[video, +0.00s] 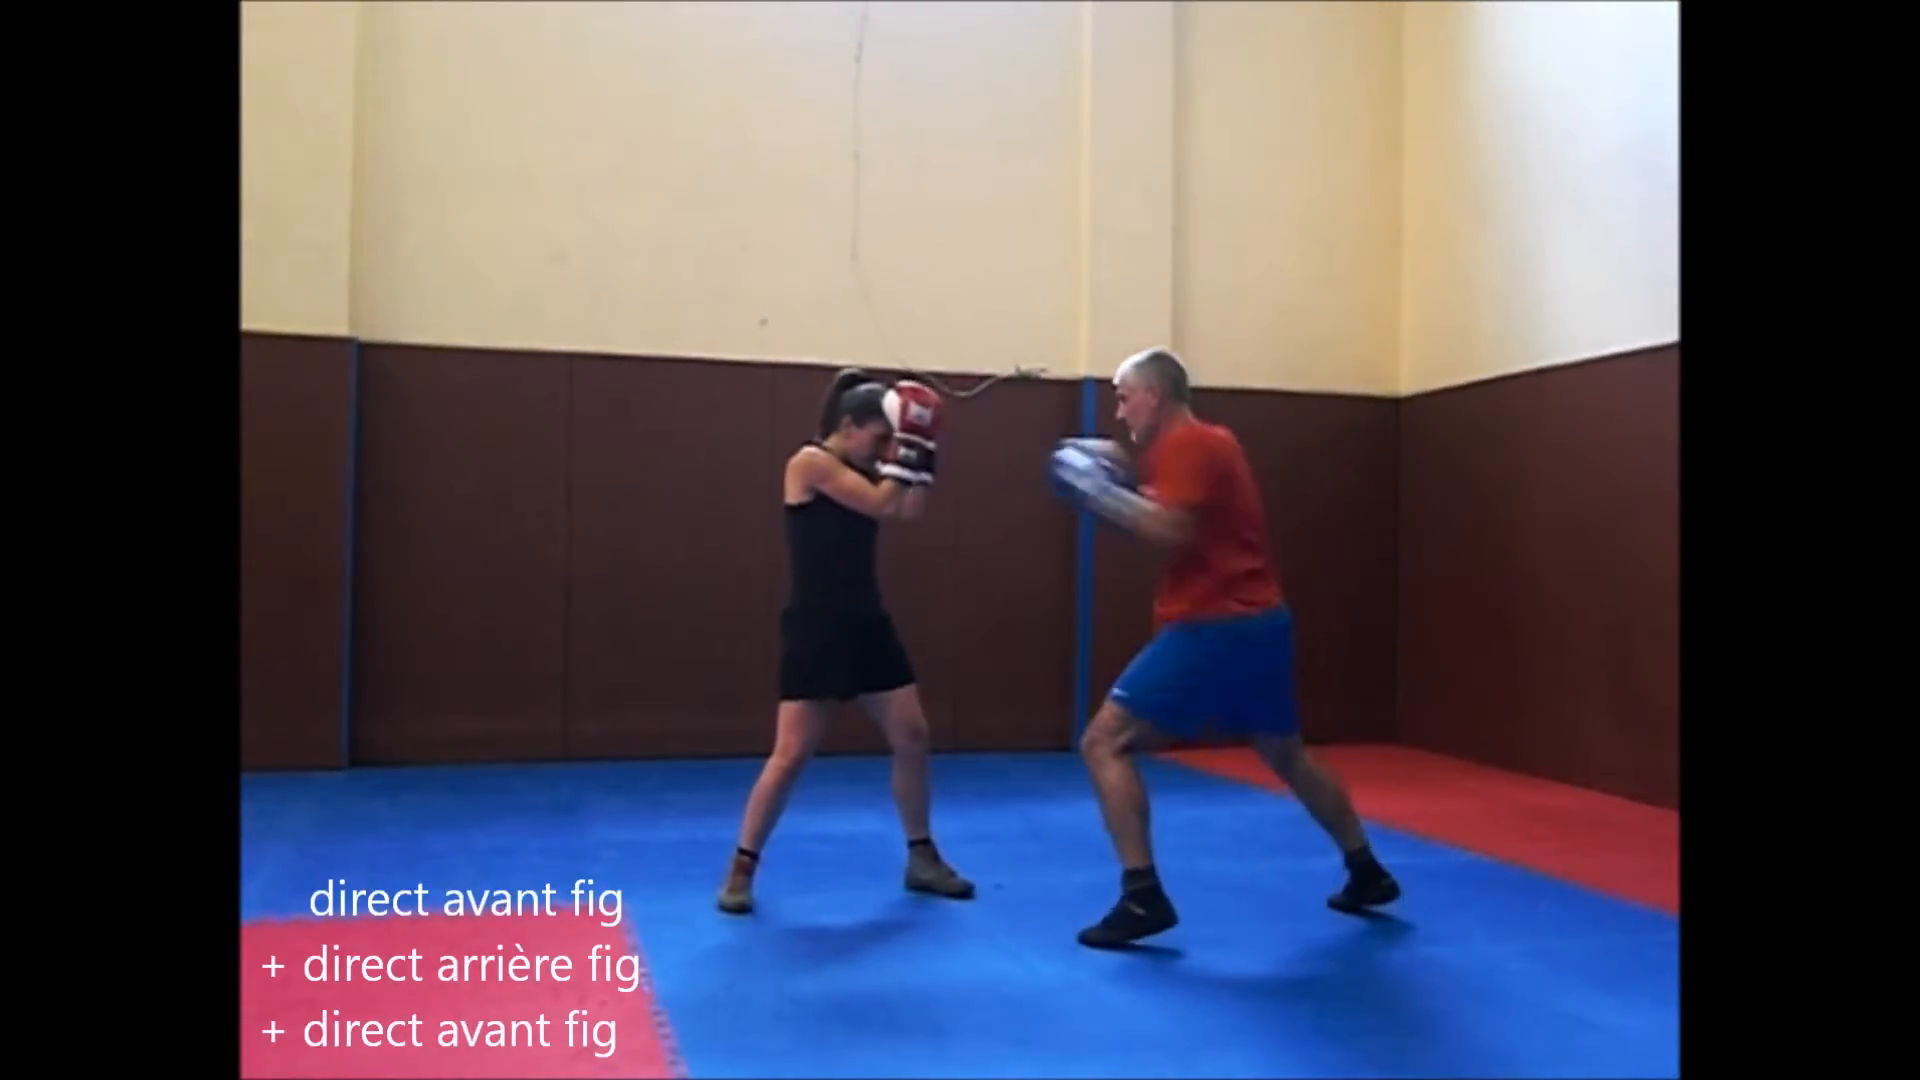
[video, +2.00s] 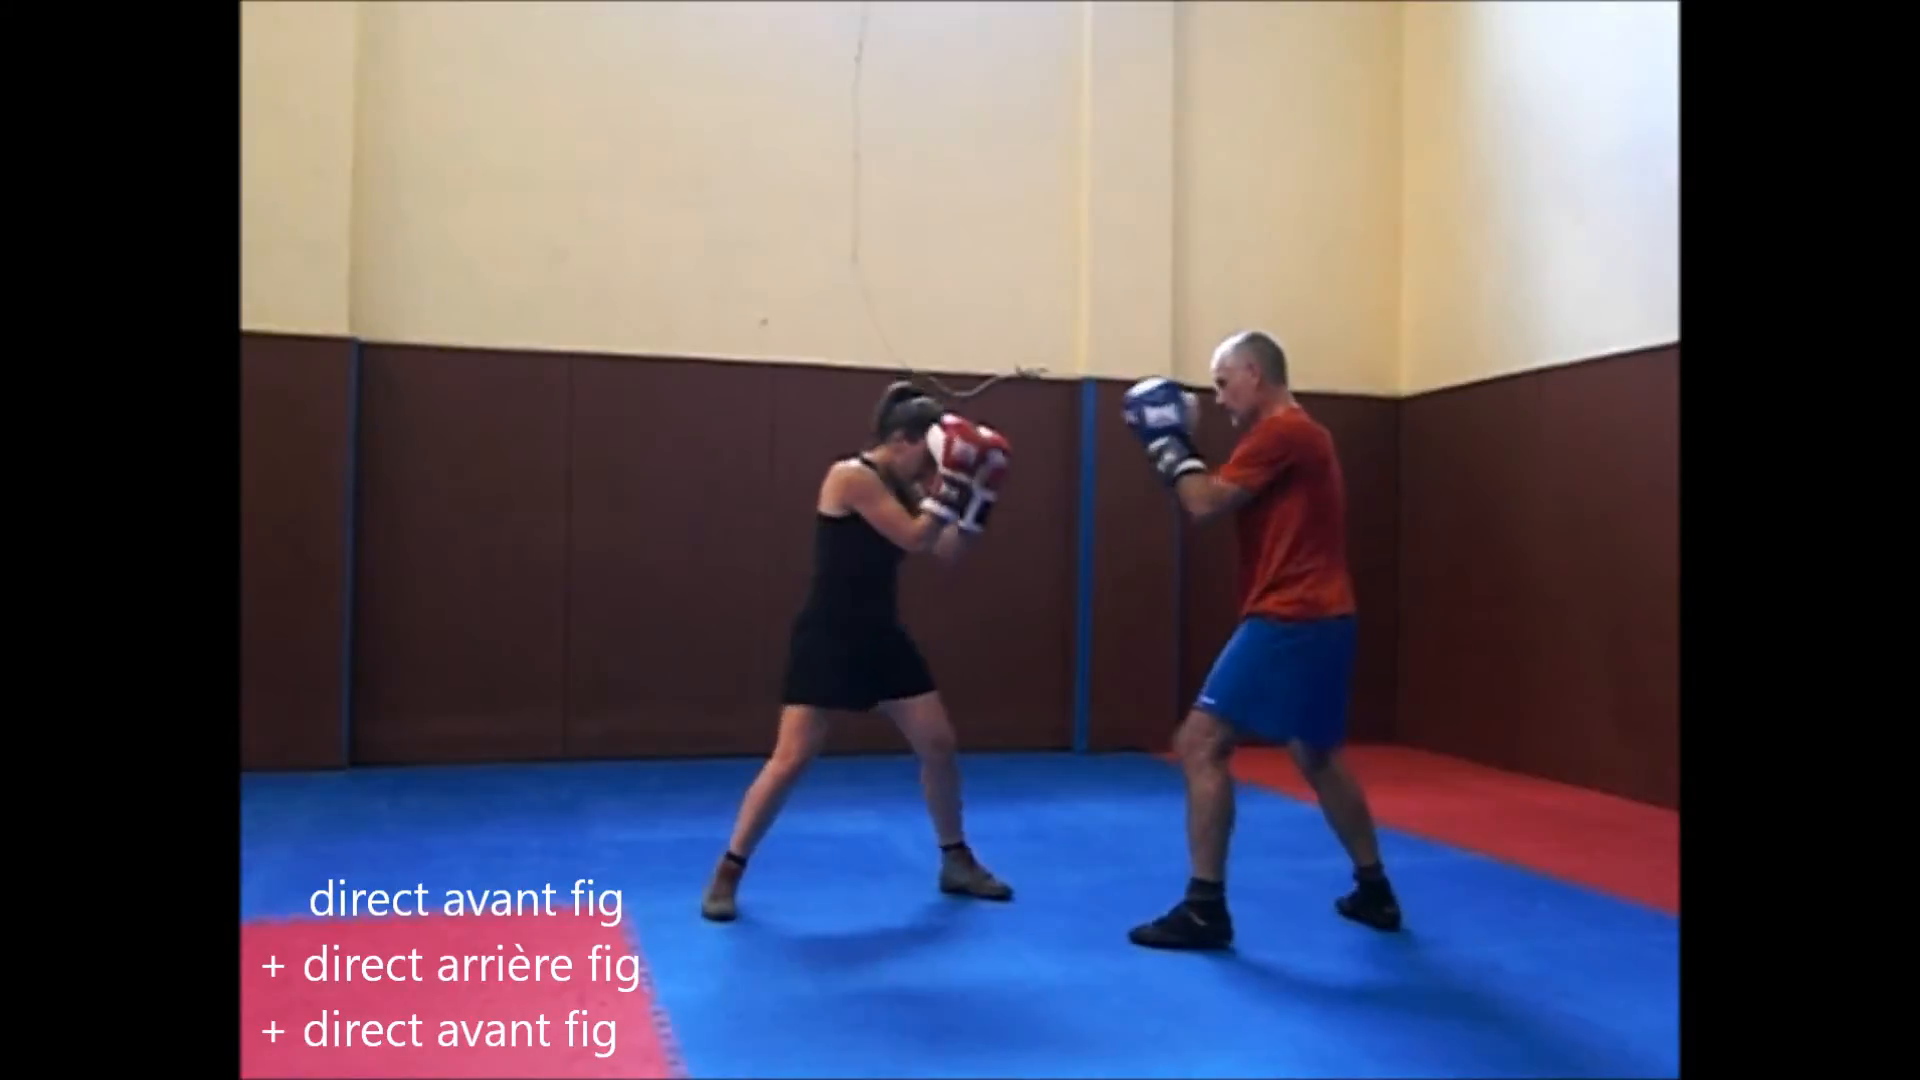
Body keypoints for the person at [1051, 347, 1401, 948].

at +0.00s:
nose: (1118, 411)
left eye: (1125, 398)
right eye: (1117, 399)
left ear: (1157, 397)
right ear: (1167, 399)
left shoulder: (1185, 446)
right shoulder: (1211, 440)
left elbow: (1170, 526)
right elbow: (1184, 506)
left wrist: (1096, 494)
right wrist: (1124, 476)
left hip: (1206, 630)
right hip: (1259, 624)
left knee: (1104, 744)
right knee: (1289, 756)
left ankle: (1142, 897)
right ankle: (1367, 871)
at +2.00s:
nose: (1220, 395)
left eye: (1226, 381)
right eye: (1218, 383)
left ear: (1260, 376)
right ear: (1267, 377)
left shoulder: (1281, 434)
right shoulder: (1300, 433)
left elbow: (1202, 499)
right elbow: (1213, 495)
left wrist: (1167, 438)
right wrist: (1171, 443)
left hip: (1284, 619)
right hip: (1325, 618)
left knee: (1200, 743)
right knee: (1318, 756)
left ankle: (1205, 908)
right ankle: (1375, 890)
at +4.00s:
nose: (1191, 416)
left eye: (1195, 403)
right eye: (1189, 405)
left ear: (1223, 395)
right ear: (1237, 396)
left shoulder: (1250, 448)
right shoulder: (1277, 447)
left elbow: (1161, 505)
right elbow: (1182, 497)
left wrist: (1149, 438)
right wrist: (1153, 434)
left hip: (1268, 638)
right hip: (1307, 635)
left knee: (1164, 751)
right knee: (1321, 771)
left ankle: (1181, 913)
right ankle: (1405, 894)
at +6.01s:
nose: (1094, 408)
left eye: (1101, 394)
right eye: (1092, 396)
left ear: (1136, 393)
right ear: (1133, 395)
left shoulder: (1176, 445)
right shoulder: (1143, 452)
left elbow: (1169, 534)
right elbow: (1140, 520)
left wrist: (1089, 496)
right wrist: (1073, 483)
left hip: (1192, 634)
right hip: (1234, 628)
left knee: (1091, 755)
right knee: (1272, 763)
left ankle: (1127, 914)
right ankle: (1357, 875)